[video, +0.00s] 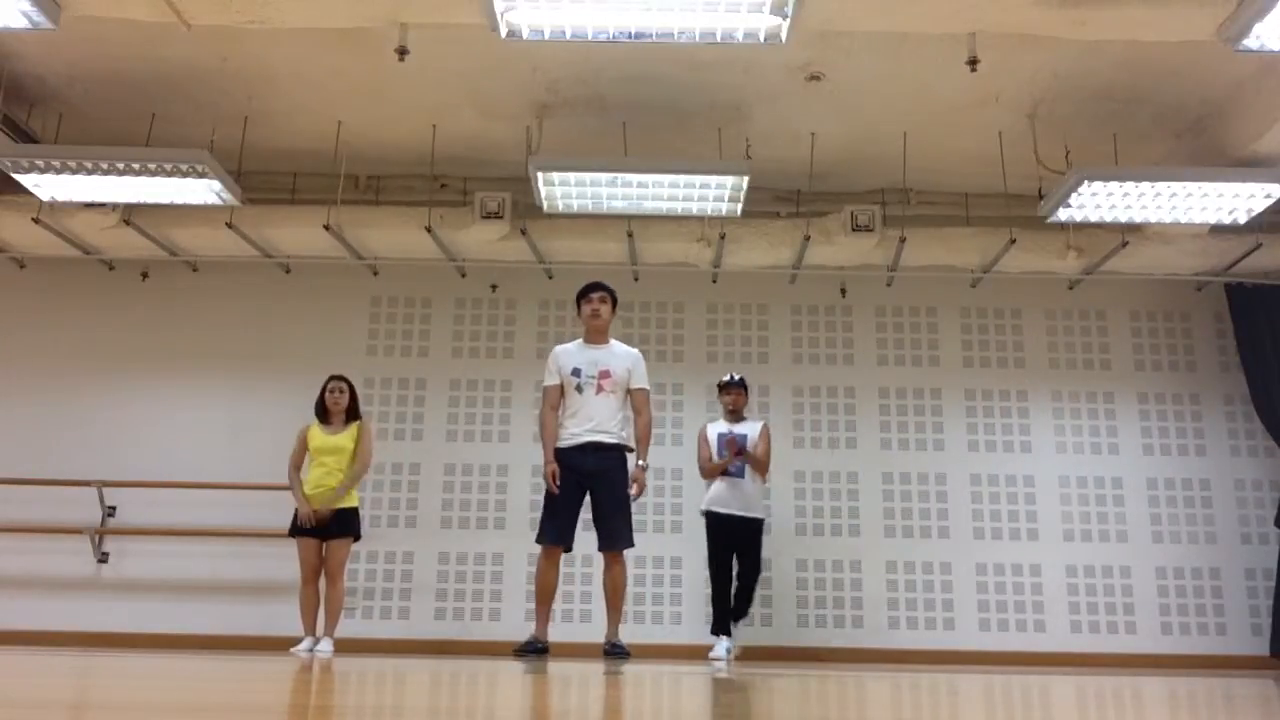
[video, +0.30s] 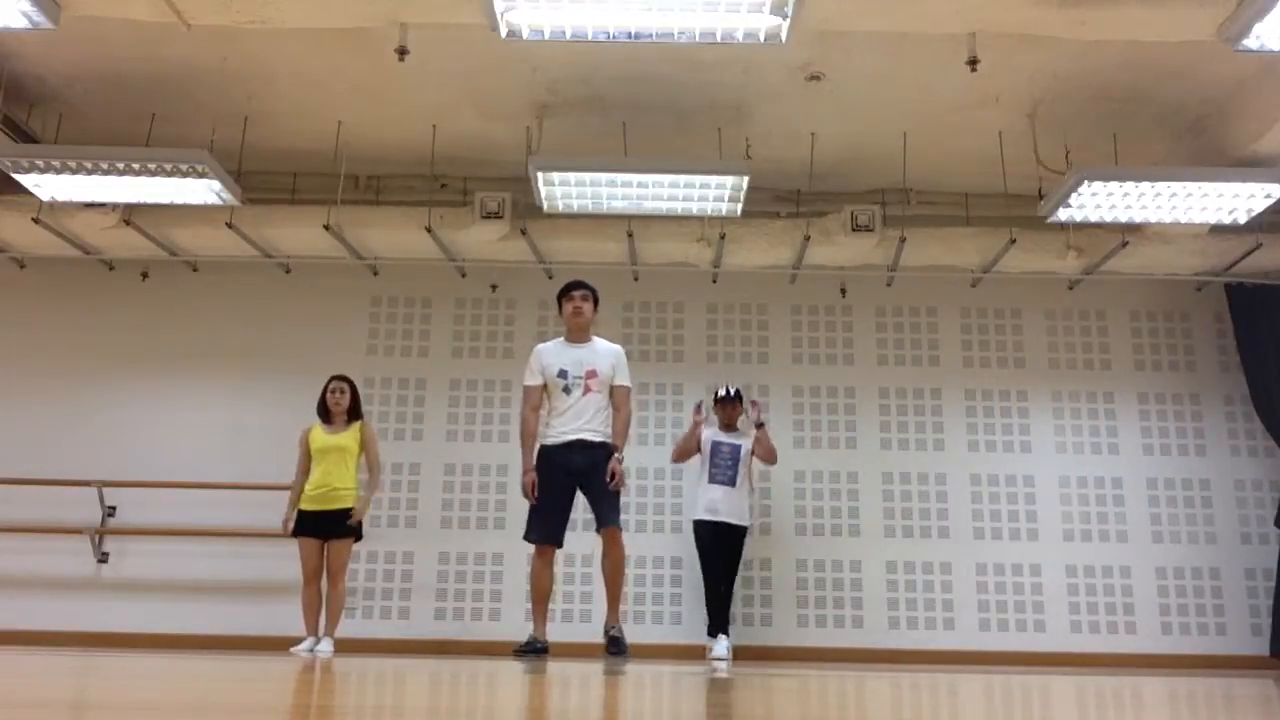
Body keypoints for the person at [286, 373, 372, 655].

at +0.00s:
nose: (336, 396)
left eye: (341, 392)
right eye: (331, 391)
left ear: (350, 397)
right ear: (323, 397)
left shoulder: (361, 428)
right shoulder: (309, 431)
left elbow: (362, 467)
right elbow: (293, 469)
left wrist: (332, 500)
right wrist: (301, 502)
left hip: (341, 509)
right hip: (309, 508)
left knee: (334, 575)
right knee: (309, 575)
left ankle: (328, 637)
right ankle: (309, 636)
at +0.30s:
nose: (337, 396)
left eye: (342, 392)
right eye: (332, 392)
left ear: (351, 398)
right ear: (324, 397)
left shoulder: (362, 430)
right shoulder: (310, 433)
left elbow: (374, 470)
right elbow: (301, 475)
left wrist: (365, 503)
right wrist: (290, 509)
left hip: (343, 508)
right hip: (309, 508)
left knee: (335, 577)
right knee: (310, 577)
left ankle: (328, 637)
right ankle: (310, 636)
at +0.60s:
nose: (338, 398)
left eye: (343, 394)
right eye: (334, 394)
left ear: (353, 399)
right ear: (326, 398)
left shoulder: (363, 431)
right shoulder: (311, 433)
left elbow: (370, 473)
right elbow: (298, 475)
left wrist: (374, 509)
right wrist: (286, 510)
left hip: (344, 509)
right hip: (310, 509)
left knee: (334, 576)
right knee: (310, 576)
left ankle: (328, 637)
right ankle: (311, 636)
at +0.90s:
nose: (338, 399)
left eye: (343, 395)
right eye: (333, 395)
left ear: (353, 400)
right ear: (326, 400)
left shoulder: (363, 432)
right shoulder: (310, 433)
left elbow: (365, 472)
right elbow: (300, 473)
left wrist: (356, 507)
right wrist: (294, 506)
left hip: (342, 509)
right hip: (310, 508)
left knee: (334, 575)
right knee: (310, 575)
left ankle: (328, 637)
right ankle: (311, 636)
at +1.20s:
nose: (337, 399)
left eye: (342, 395)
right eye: (333, 394)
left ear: (351, 400)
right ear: (325, 399)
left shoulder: (361, 431)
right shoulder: (309, 432)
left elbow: (362, 471)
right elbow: (299, 473)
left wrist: (349, 504)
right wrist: (293, 506)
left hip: (340, 509)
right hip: (309, 508)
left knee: (334, 575)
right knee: (310, 574)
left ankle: (328, 637)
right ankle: (311, 636)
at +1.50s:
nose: (335, 399)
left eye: (341, 395)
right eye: (331, 394)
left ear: (351, 400)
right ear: (324, 399)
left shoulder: (361, 433)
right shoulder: (309, 434)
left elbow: (363, 474)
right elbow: (298, 476)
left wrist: (355, 508)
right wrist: (289, 511)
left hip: (340, 510)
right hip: (308, 508)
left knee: (331, 575)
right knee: (309, 576)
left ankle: (327, 637)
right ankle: (311, 636)